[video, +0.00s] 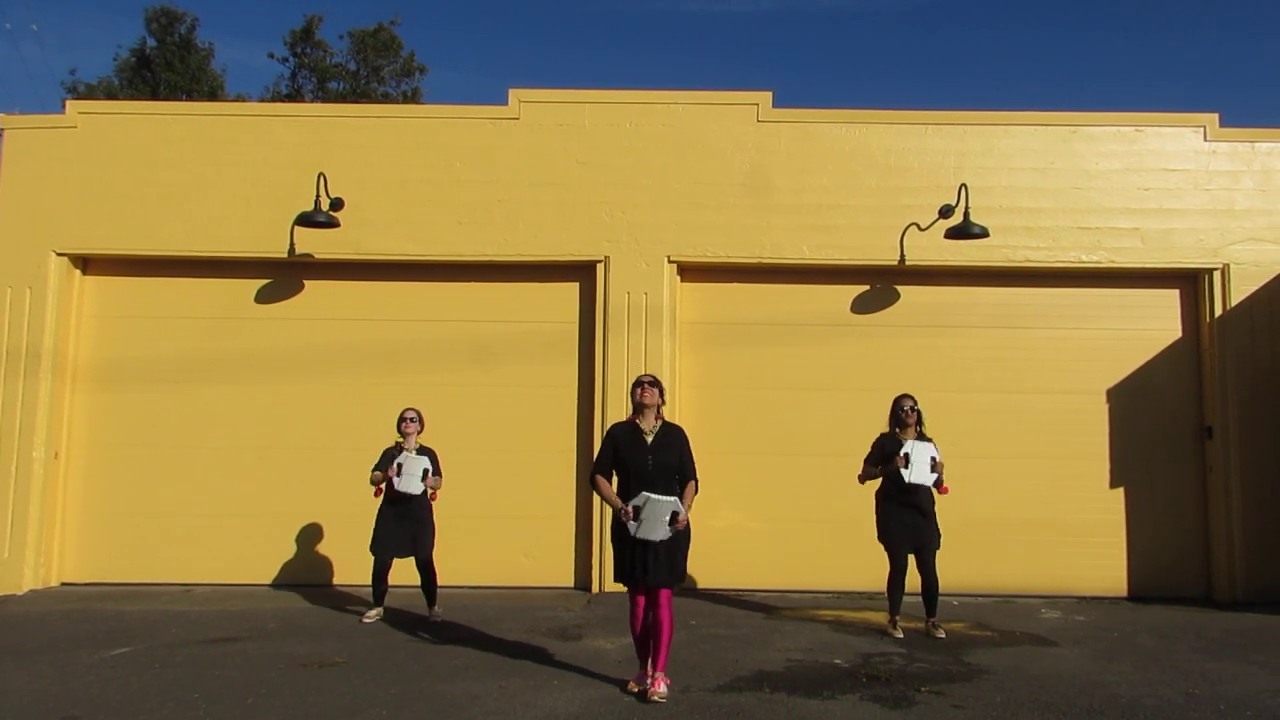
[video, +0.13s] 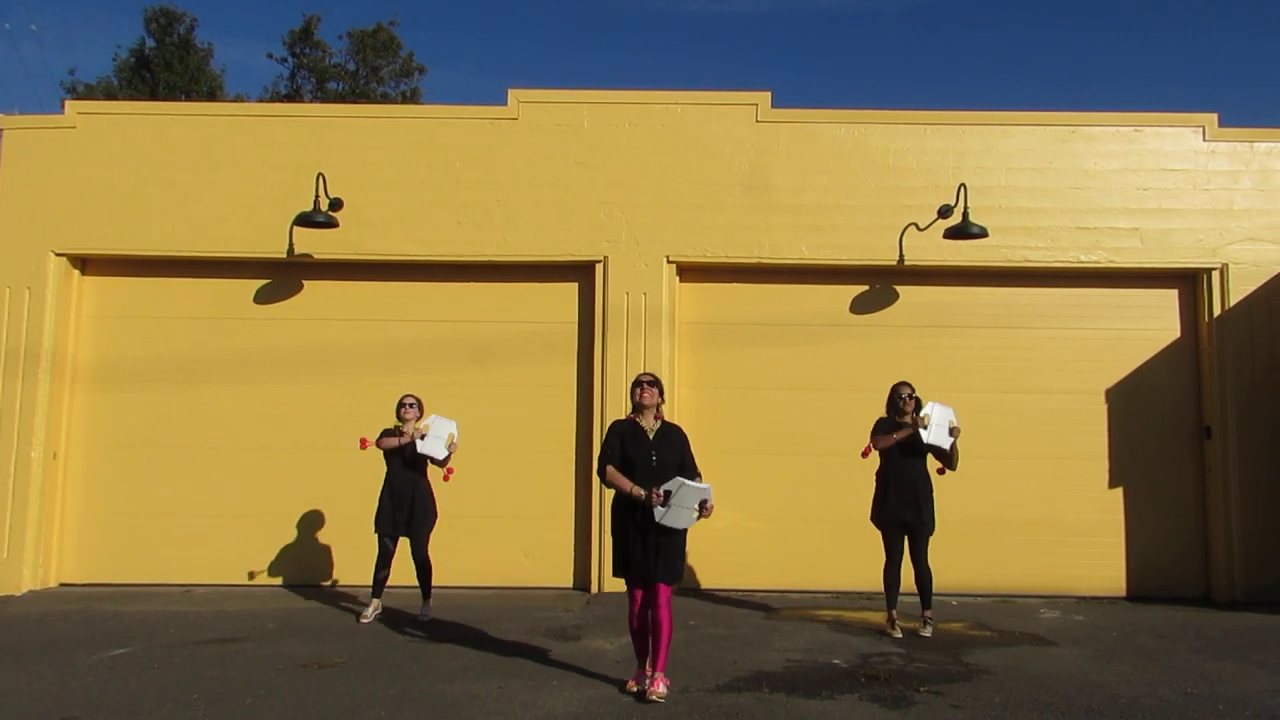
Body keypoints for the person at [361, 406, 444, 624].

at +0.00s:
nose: (407, 423)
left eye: (412, 420)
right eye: (403, 420)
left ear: (420, 425)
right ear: (399, 426)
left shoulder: (428, 454)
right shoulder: (391, 453)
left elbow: (438, 483)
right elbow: (374, 479)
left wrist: (430, 482)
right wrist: (387, 474)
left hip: (419, 516)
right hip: (391, 514)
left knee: (424, 561)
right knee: (382, 561)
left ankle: (432, 607)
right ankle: (378, 606)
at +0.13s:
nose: (407, 409)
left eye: (412, 406)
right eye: (403, 406)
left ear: (420, 412)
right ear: (398, 411)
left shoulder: (425, 436)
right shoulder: (390, 433)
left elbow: (440, 462)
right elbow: (381, 443)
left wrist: (450, 450)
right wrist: (410, 438)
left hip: (419, 501)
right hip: (392, 500)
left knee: (420, 554)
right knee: (385, 552)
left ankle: (426, 601)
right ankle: (375, 601)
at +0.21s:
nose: (407, 408)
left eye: (413, 405)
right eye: (403, 405)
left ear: (420, 413)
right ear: (397, 410)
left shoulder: (423, 439)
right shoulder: (388, 433)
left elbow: (442, 449)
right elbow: (391, 426)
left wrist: (458, 433)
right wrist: (422, 418)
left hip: (419, 501)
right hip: (393, 500)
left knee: (417, 553)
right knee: (388, 551)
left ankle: (418, 603)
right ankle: (382, 598)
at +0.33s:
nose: (409, 415)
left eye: (414, 413)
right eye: (408, 412)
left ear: (420, 420)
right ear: (403, 419)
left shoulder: (424, 443)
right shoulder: (393, 440)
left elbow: (447, 433)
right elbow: (396, 419)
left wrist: (456, 406)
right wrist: (417, 397)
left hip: (421, 508)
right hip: (394, 508)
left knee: (419, 559)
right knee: (386, 553)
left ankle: (417, 606)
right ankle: (394, 597)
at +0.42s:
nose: (414, 408)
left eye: (419, 406)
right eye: (411, 406)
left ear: (424, 414)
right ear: (404, 412)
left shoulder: (429, 438)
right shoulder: (394, 435)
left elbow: (442, 420)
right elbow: (391, 412)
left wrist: (443, 389)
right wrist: (403, 385)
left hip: (421, 502)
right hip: (394, 501)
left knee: (418, 555)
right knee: (392, 552)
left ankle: (416, 604)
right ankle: (400, 596)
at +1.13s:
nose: (414, 414)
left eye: (417, 411)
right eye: (410, 411)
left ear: (422, 416)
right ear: (402, 416)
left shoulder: (425, 441)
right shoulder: (390, 438)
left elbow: (432, 430)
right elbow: (381, 426)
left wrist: (428, 403)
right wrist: (387, 398)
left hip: (417, 501)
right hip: (390, 500)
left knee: (406, 551)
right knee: (395, 553)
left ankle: (400, 605)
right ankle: (408, 594)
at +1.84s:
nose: (402, 418)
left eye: (407, 415)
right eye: (399, 413)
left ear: (415, 420)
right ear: (391, 417)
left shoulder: (420, 443)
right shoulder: (385, 441)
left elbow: (421, 456)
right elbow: (368, 456)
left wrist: (409, 436)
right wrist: (371, 435)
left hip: (410, 506)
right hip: (384, 505)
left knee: (396, 556)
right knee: (386, 556)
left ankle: (382, 608)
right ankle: (392, 601)